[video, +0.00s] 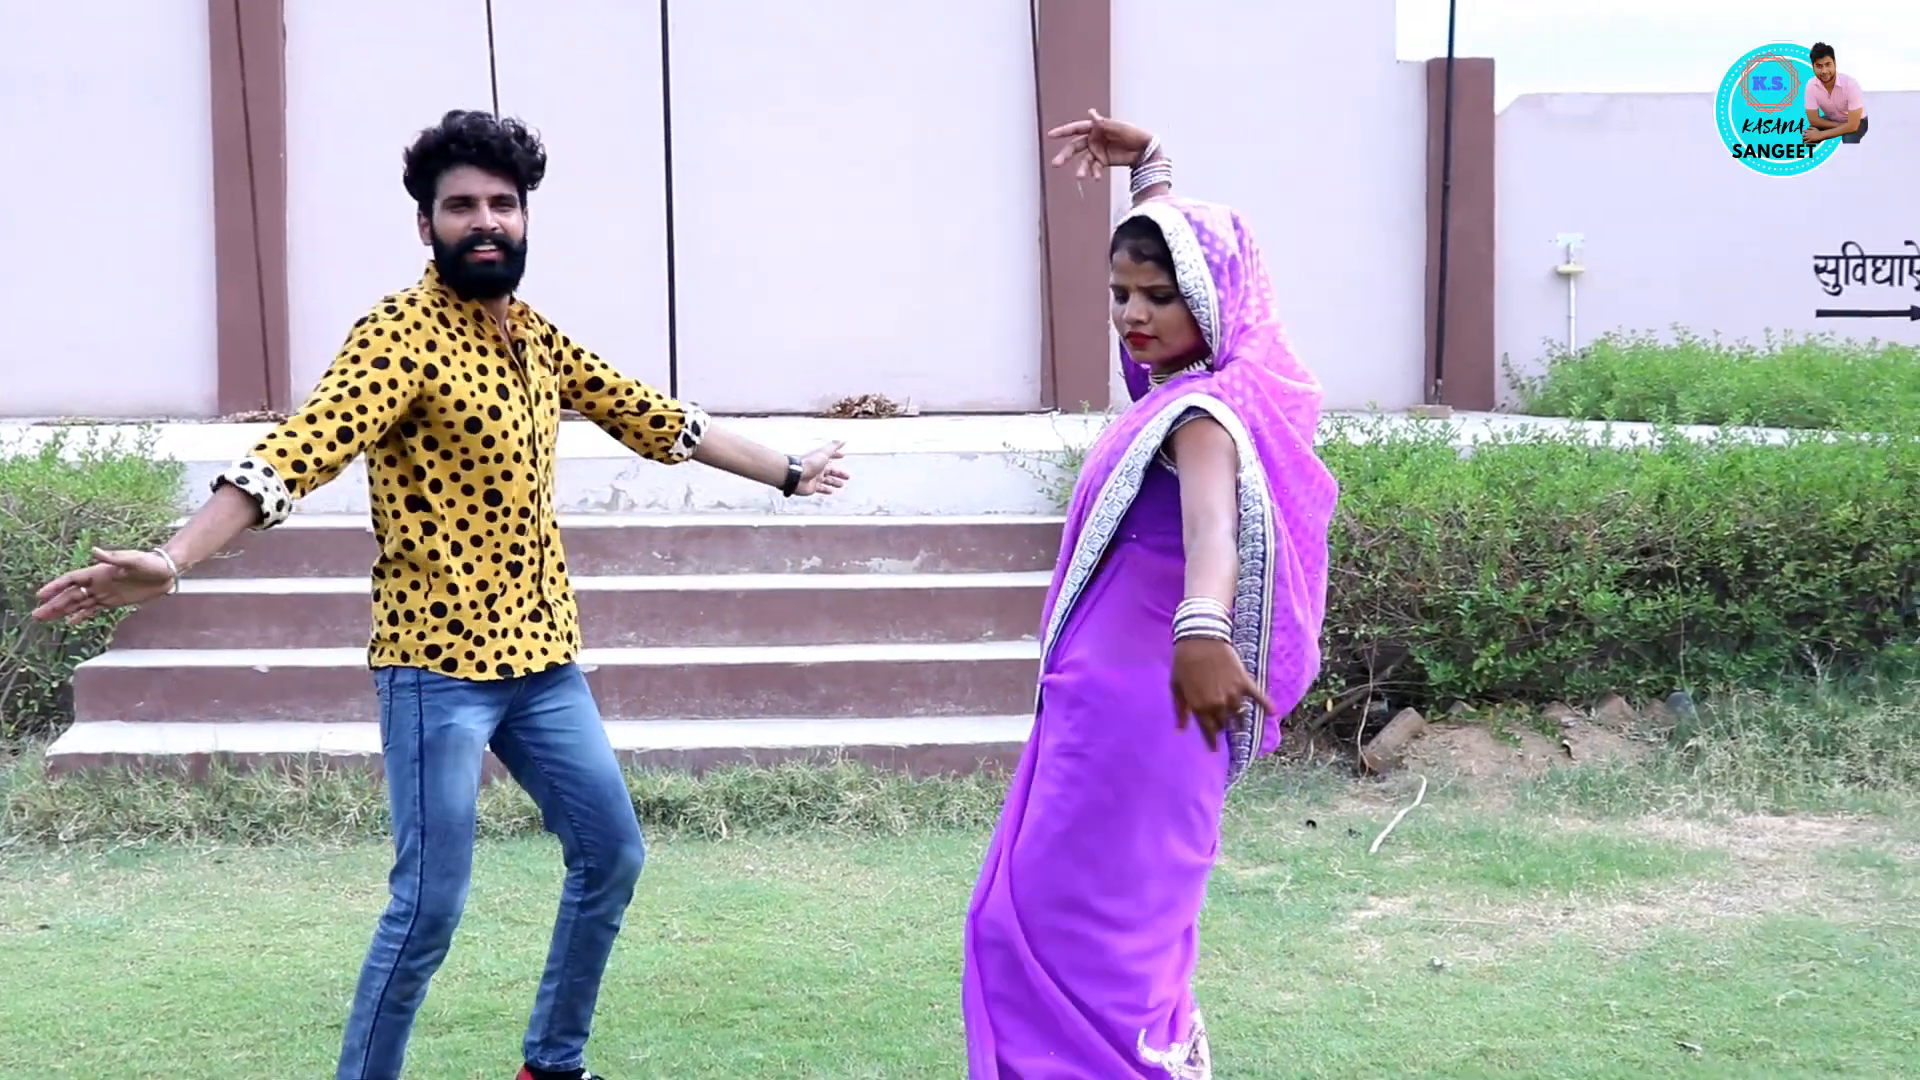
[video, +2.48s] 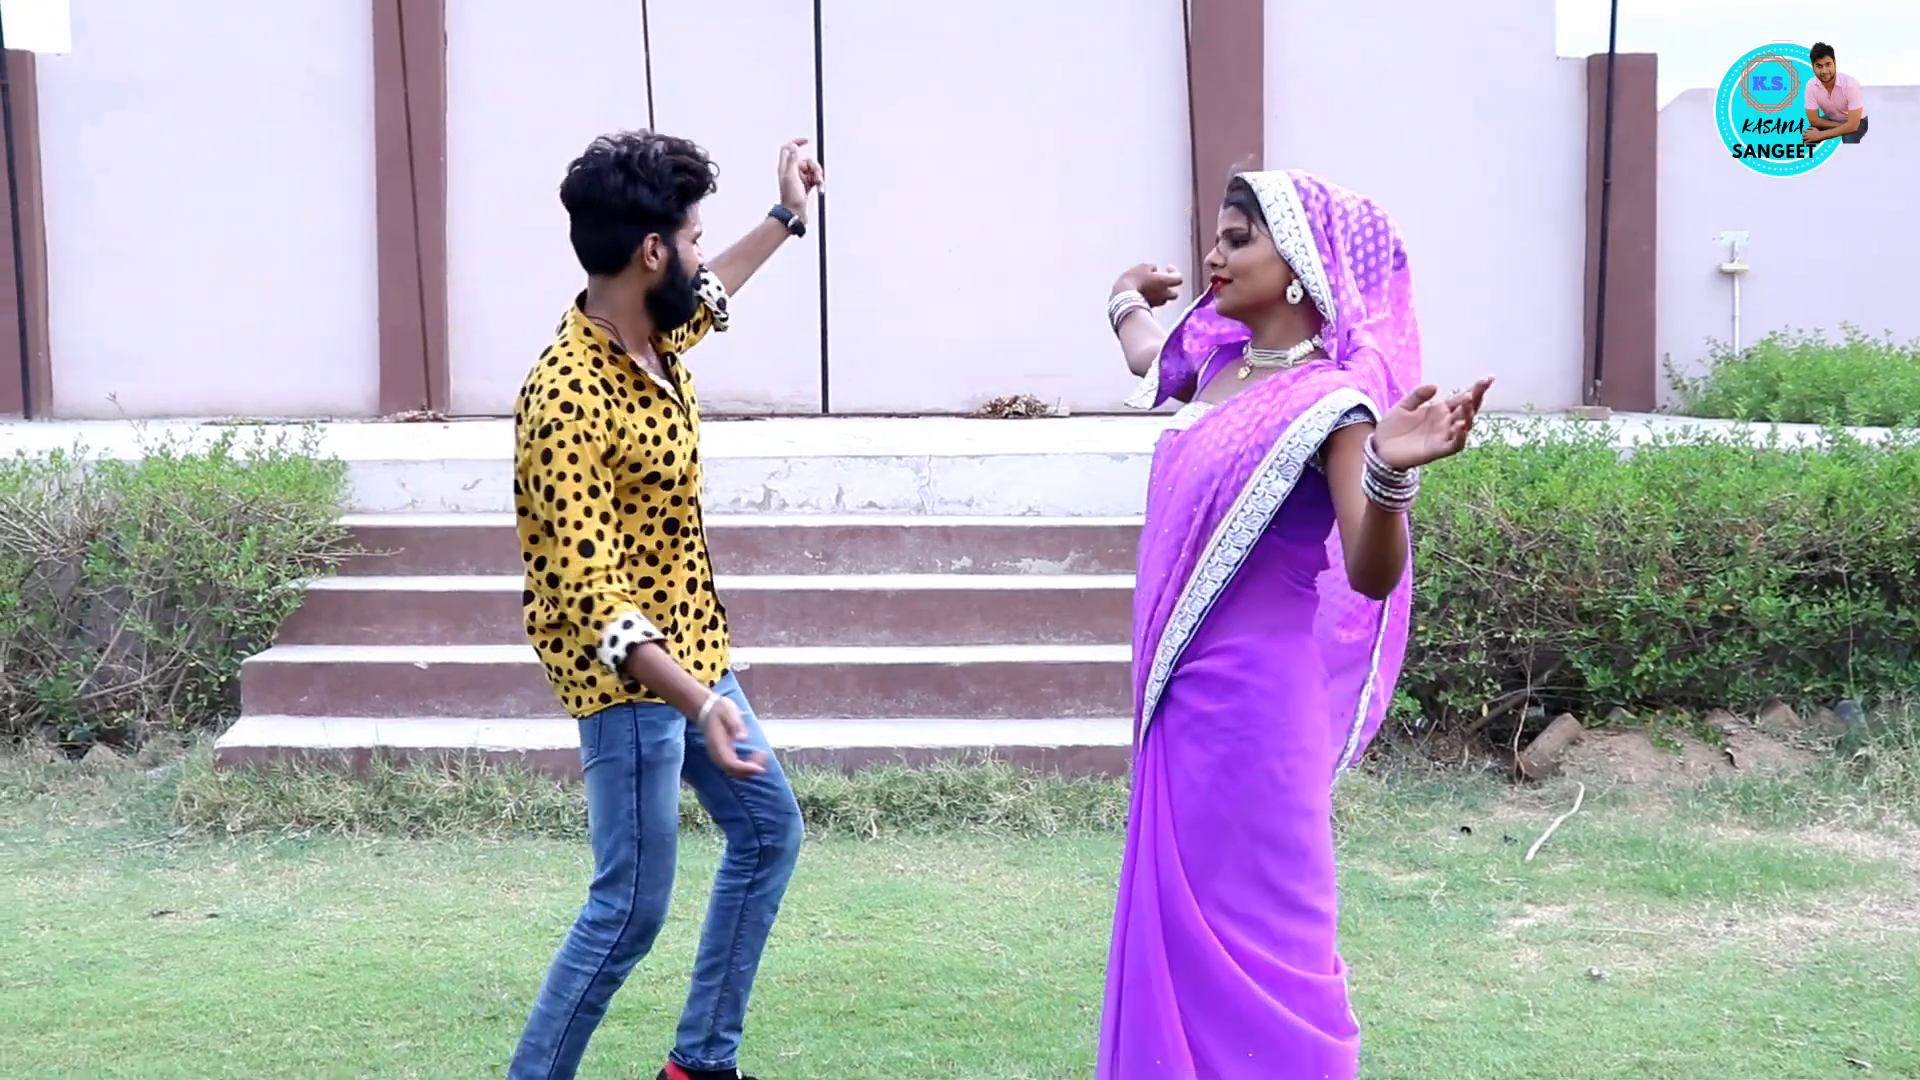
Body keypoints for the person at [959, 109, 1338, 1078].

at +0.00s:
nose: (1134, 316)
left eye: (1158, 295)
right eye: (1123, 294)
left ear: (1213, 303)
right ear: (1114, 292)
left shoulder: (1199, 410)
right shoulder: (1198, 391)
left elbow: (1212, 519)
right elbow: (1168, 272)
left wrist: (1203, 625)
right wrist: (1148, 162)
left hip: (1127, 718)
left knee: (1019, 924)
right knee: (1127, 930)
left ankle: (1100, 1064)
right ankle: (1158, 1055)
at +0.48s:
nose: (1121, 316)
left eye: (1145, 296)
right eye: (1110, 294)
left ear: (1200, 308)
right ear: (1104, 295)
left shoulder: (1186, 419)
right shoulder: (1166, 400)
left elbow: (1175, 529)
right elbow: (1129, 284)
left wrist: (1162, 627)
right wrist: (1135, 173)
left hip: (1109, 725)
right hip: (1098, 716)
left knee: (1037, 931)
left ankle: (1098, 1062)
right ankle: (1142, 1055)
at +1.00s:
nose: (1110, 312)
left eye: (1132, 295)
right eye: (1102, 291)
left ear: (1192, 302)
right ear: (1097, 284)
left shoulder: (1161, 423)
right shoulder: (1216, 394)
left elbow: (1136, 566)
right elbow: (1226, 299)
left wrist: (1111, 677)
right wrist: (1188, 210)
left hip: (1099, 739)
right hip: (1155, 729)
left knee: (1014, 947)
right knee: (1130, 959)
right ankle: (1138, 1063)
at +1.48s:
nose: (1084, 282)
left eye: (1108, 265)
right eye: (1080, 262)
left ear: (1165, 278)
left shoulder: (1143, 395)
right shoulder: (1207, 372)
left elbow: (1104, 528)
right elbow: (1184, 271)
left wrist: (1049, 623)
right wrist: (1160, 160)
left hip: (1092, 699)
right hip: (1160, 701)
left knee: (981, 892)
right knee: (1141, 927)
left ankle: (1019, 1065)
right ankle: (1153, 1060)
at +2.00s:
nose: (1174, 273)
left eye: (1196, 256)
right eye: (1169, 252)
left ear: (1260, 268)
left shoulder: (1239, 391)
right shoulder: (1293, 367)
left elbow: (1204, 541)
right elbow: (1219, 290)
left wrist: (1173, 651)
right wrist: (1193, 182)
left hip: (1197, 695)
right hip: (1254, 693)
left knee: (1060, 894)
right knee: (1236, 933)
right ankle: (1250, 1063)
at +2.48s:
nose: (1216, 256)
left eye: (1239, 237)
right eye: (1217, 238)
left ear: (1304, 261)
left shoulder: (1336, 399)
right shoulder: (1224, 368)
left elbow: (1373, 578)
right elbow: (1153, 358)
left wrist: (1389, 475)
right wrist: (1132, 299)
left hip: (1259, 710)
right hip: (1177, 697)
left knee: (1266, 952)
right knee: (1166, 937)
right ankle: (1169, 1070)